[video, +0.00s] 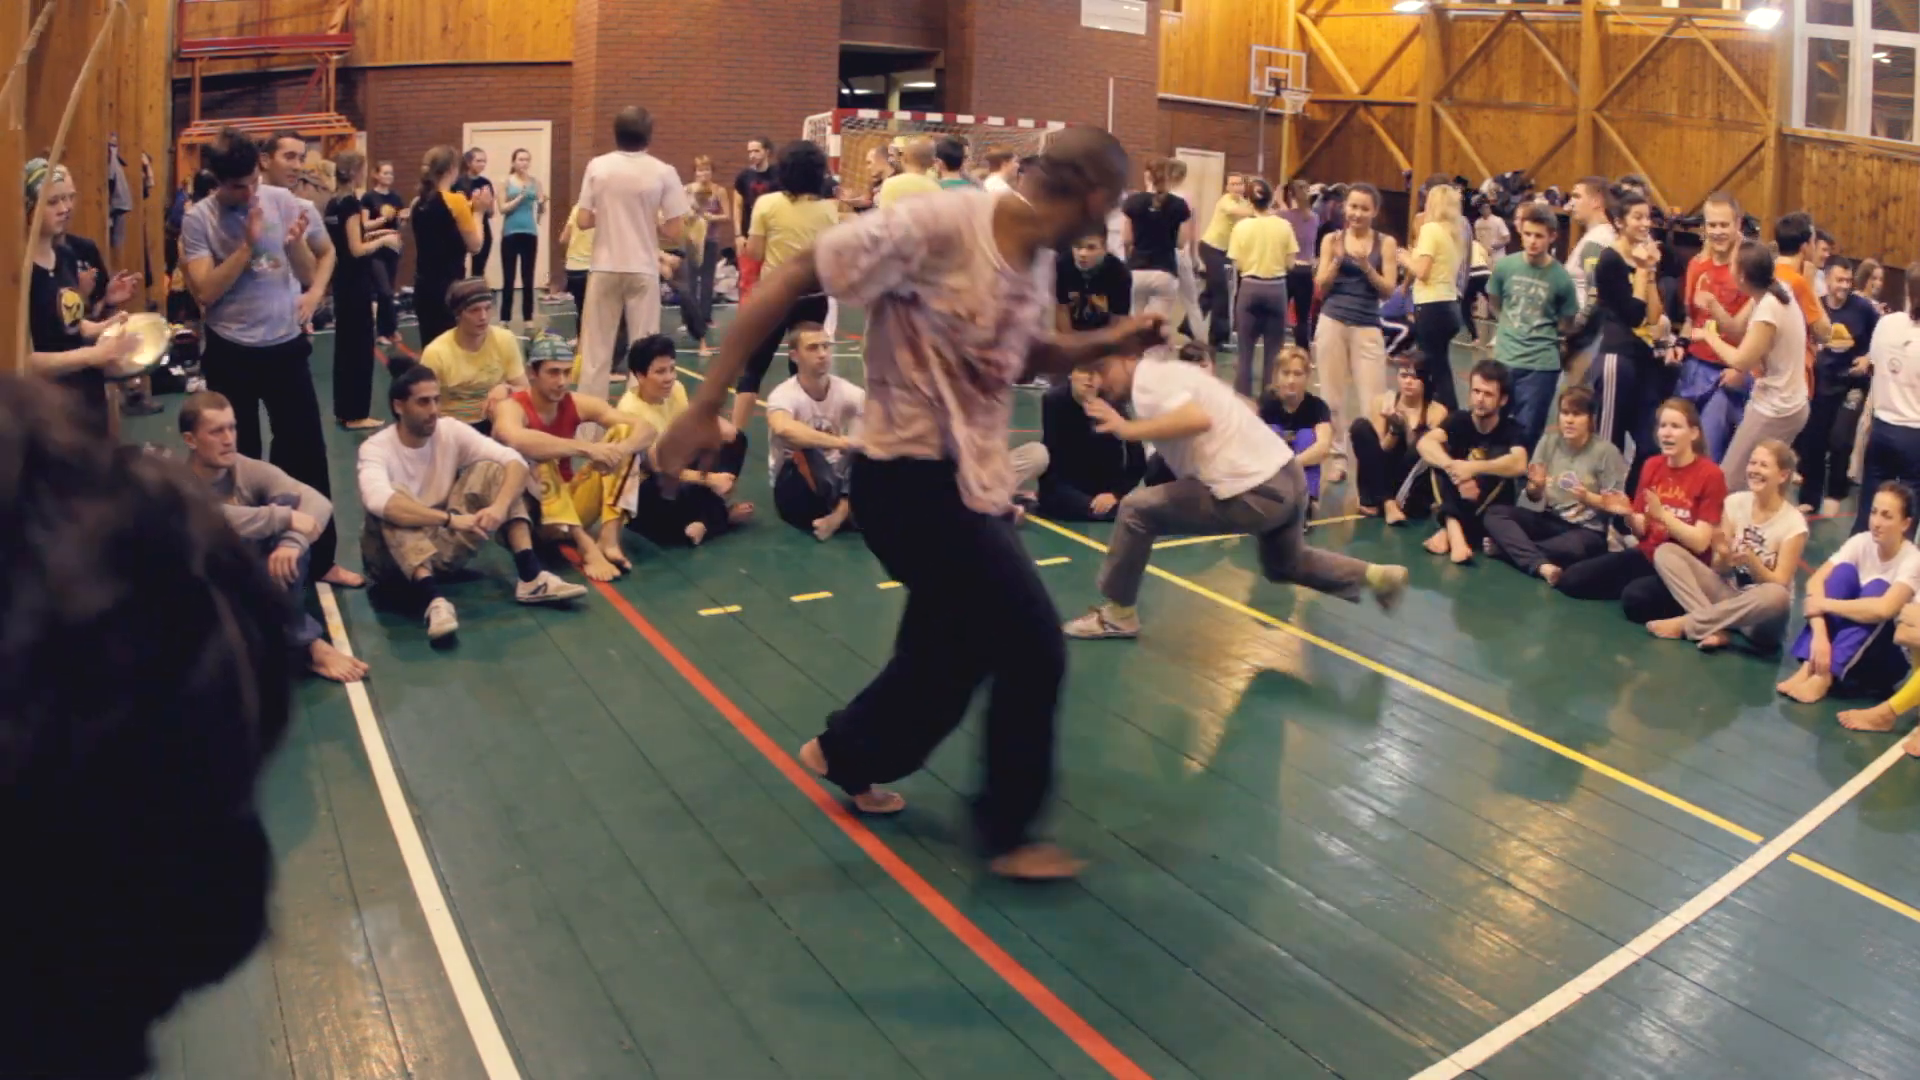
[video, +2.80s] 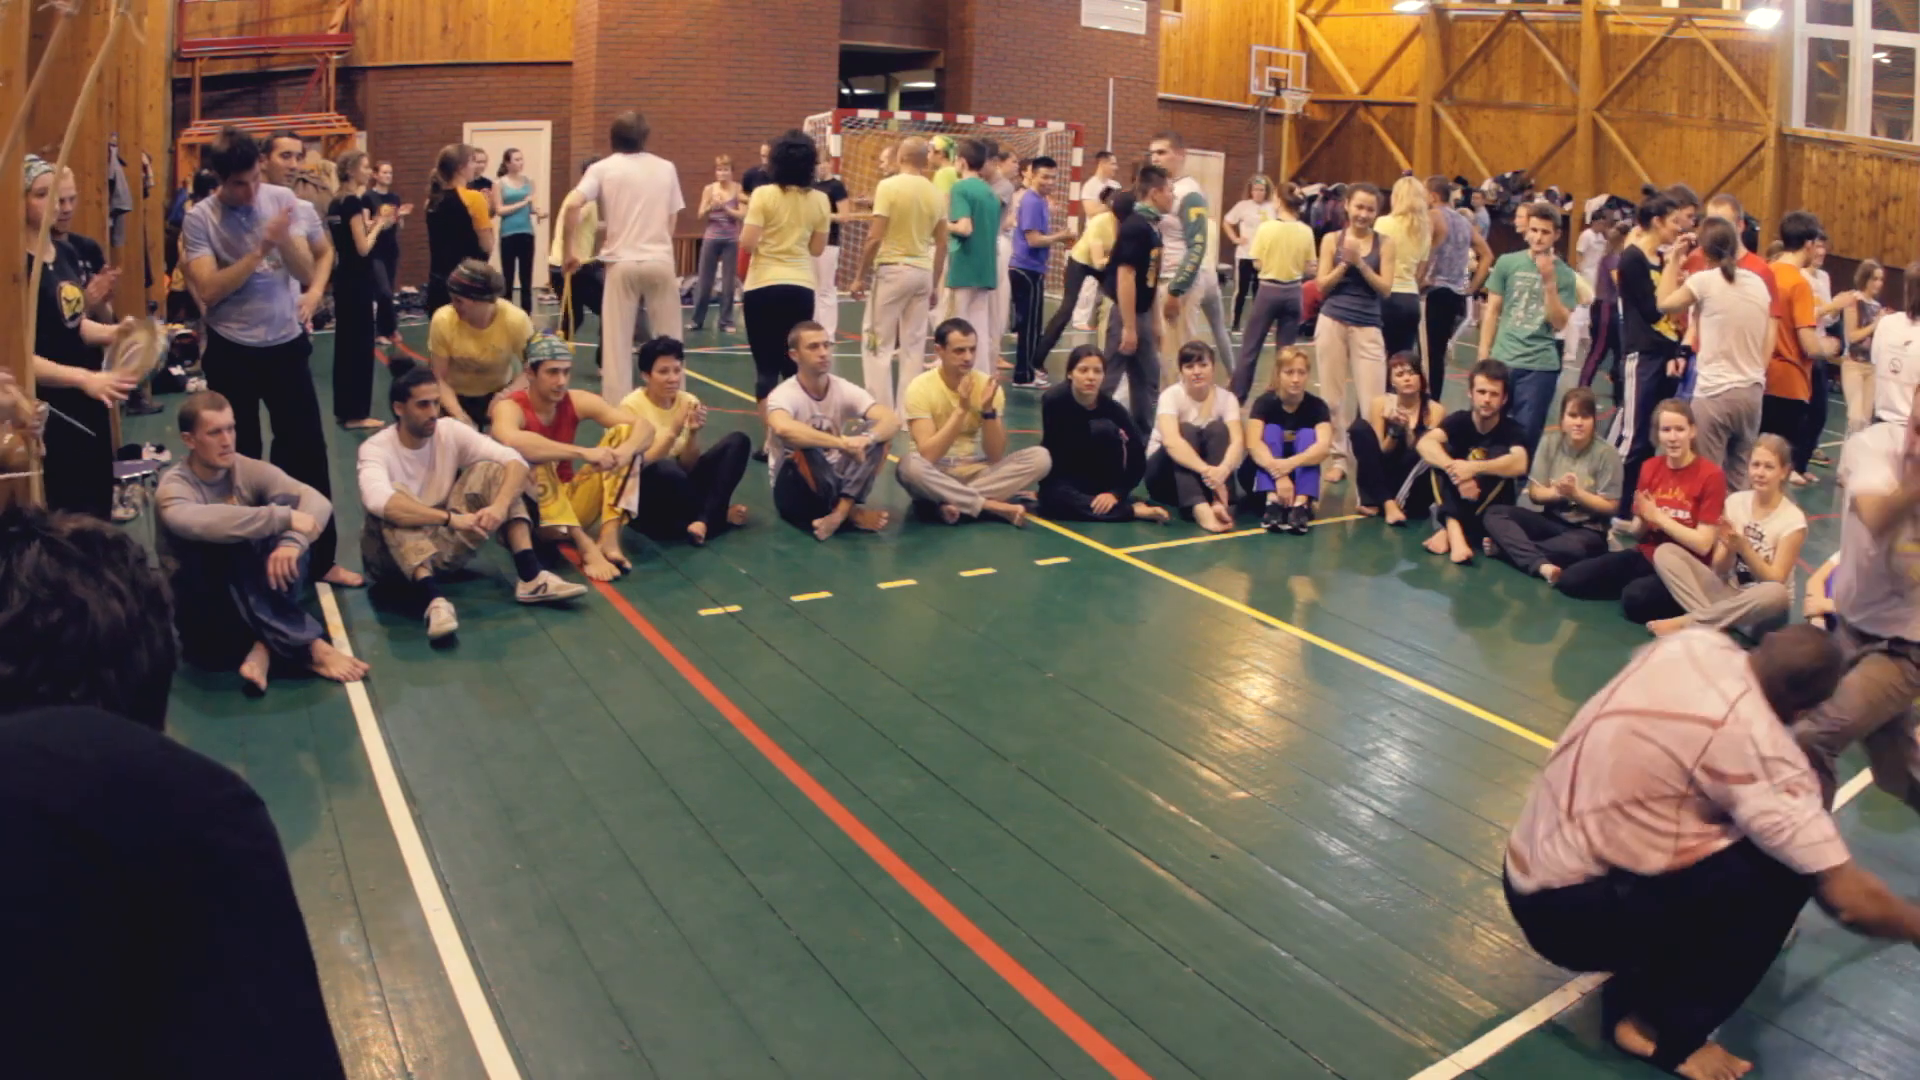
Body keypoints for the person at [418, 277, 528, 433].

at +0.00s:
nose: (483, 317)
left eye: (487, 309)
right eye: (474, 310)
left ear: (491, 309)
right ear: (458, 313)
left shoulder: (504, 340)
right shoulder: (435, 352)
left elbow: (523, 387)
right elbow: (424, 402)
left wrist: (505, 388)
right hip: (450, 428)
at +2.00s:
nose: (480, 316)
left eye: (484, 308)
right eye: (471, 310)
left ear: (488, 309)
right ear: (454, 313)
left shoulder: (503, 339)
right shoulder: (434, 351)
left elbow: (524, 389)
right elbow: (420, 400)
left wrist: (505, 387)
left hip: (494, 423)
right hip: (449, 428)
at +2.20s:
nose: (463, 322)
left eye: (469, 313)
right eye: (456, 315)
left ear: (485, 313)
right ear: (451, 317)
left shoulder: (504, 340)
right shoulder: (435, 352)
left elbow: (525, 390)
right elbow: (422, 401)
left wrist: (505, 387)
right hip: (449, 428)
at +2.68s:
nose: (461, 325)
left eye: (467, 319)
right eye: (459, 318)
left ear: (490, 318)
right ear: (456, 314)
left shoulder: (516, 336)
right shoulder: (445, 341)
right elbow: (433, 396)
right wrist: (451, 424)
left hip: (500, 415)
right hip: (456, 416)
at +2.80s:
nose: (454, 306)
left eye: (459, 301)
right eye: (452, 300)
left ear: (479, 301)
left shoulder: (516, 319)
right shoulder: (443, 319)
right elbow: (440, 378)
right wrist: (460, 416)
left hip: (498, 396)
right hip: (455, 396)